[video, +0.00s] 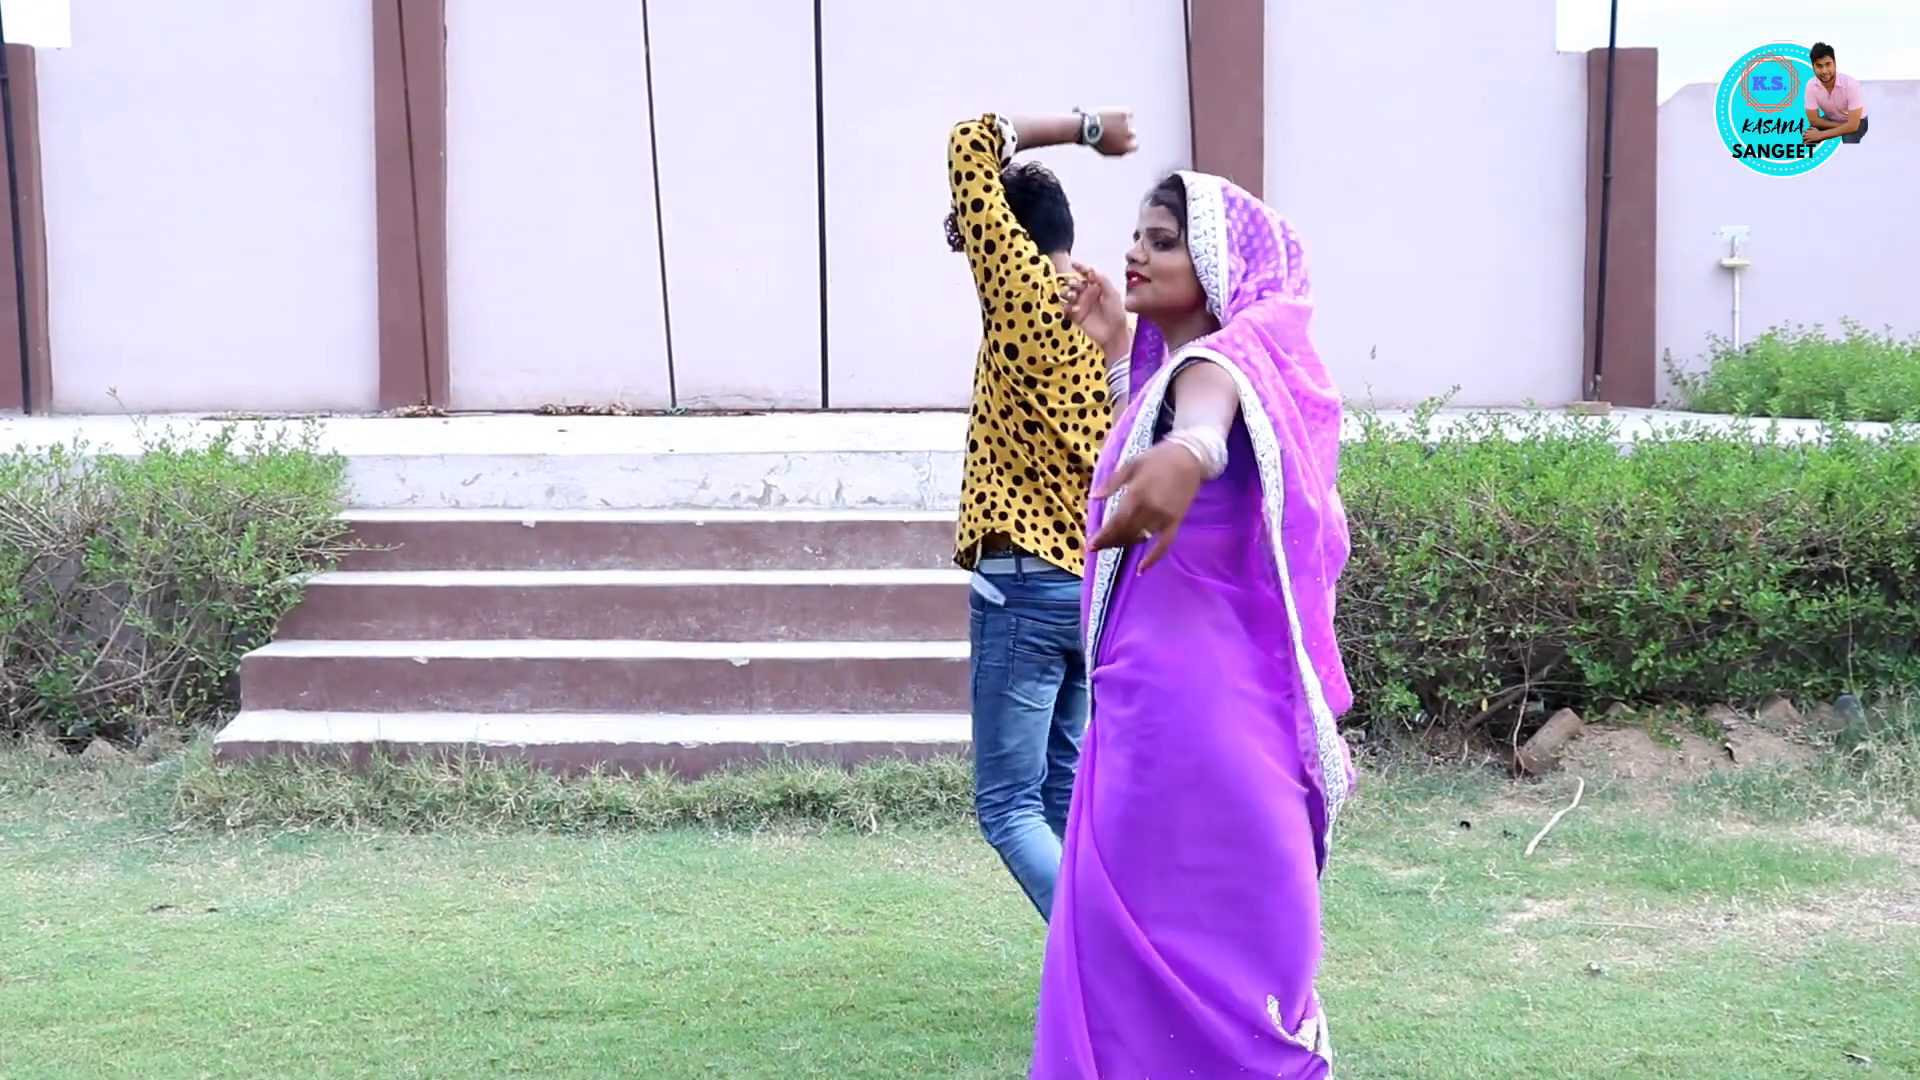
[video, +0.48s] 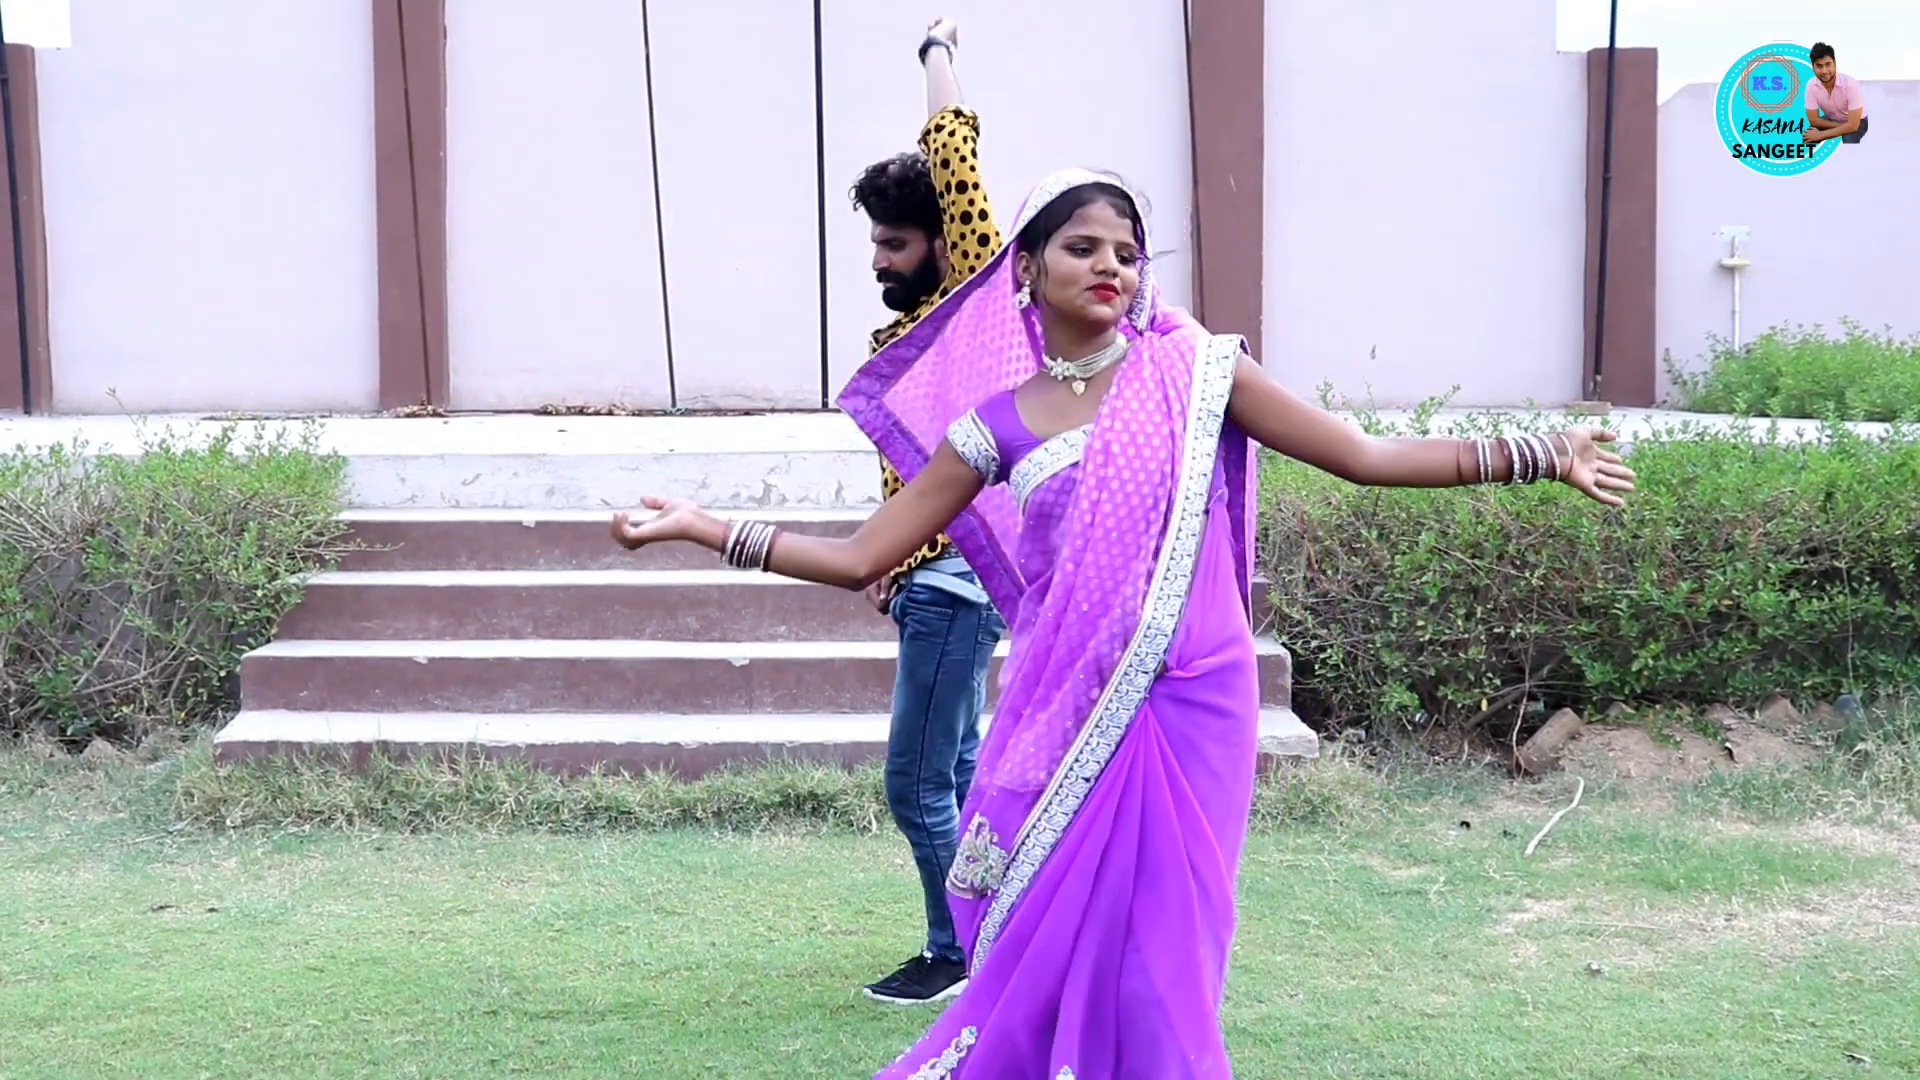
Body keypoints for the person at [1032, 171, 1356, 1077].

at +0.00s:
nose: (1135, 255)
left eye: (1160, 241)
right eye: (1138, 239)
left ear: (1220, 266)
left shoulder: (1214, 361)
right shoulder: (1206, 362)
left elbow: (1204, 426)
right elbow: (1157, 421)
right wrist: (1120, 345)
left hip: (1194, 721)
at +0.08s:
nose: (1127, 284)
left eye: (1153, 267)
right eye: (1121, 267)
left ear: (1212, 285)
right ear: (1115, 277)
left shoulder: (1211, 383)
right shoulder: (1149, 400)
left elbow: (1235, 469)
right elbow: (1079, 517)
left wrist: (1289, 511)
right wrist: (1040, 415)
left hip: (1181, 716)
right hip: (1121, 711)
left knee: (1211, 940)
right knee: (1074, 928)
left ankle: (1259, 1062)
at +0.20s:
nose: (1114, 291)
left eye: (1144, 278)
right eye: (1101, 274)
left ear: (1190, 302)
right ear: (1085, 290)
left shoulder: (1205, 392)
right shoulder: (1100, 424)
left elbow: (1289, 488)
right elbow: (981, 529)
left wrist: (1410, 536)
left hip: (1172, 728)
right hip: (1085, 724)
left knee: (1132, 971)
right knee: (1038, 962)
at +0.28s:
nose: (1108, 278)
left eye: (1134, 266)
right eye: (1090, 261)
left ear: (1167, 293)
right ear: (1063, 284)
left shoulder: (1207, 381)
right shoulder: (1061, 426)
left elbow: (1327, 470)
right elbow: (933, 527)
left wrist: (1487, 503)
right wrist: (832, 468)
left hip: (1183, 715)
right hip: (1071, 714)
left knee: (1124, 961)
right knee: (1010, 944)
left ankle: (1144, 1072)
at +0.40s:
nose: (1103, 259)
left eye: (1123, 247)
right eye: (1080, 241)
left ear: (1147, 268)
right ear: (1036, 262)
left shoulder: (1197, 357)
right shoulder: (1017, 410)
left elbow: (1362, 446)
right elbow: (882, 532)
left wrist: (1534, 465)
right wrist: (758, 501)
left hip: (1188, 688)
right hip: (1060, 688)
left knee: (1157, 935)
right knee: (1023, 928)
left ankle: (1142, 1076)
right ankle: (1023, 1073)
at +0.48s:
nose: (1106, 271)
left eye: (1124, 255)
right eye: (1081, 251)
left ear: (1144, 272)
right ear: (1029, 267)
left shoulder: (1200, 369)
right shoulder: (999, 421)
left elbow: (1368, 453)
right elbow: (861, 555)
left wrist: (1536, 452)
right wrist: (709, 525)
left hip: (1194, 709)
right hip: (1059, 716)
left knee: (1163, 973)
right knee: (1041, 971)